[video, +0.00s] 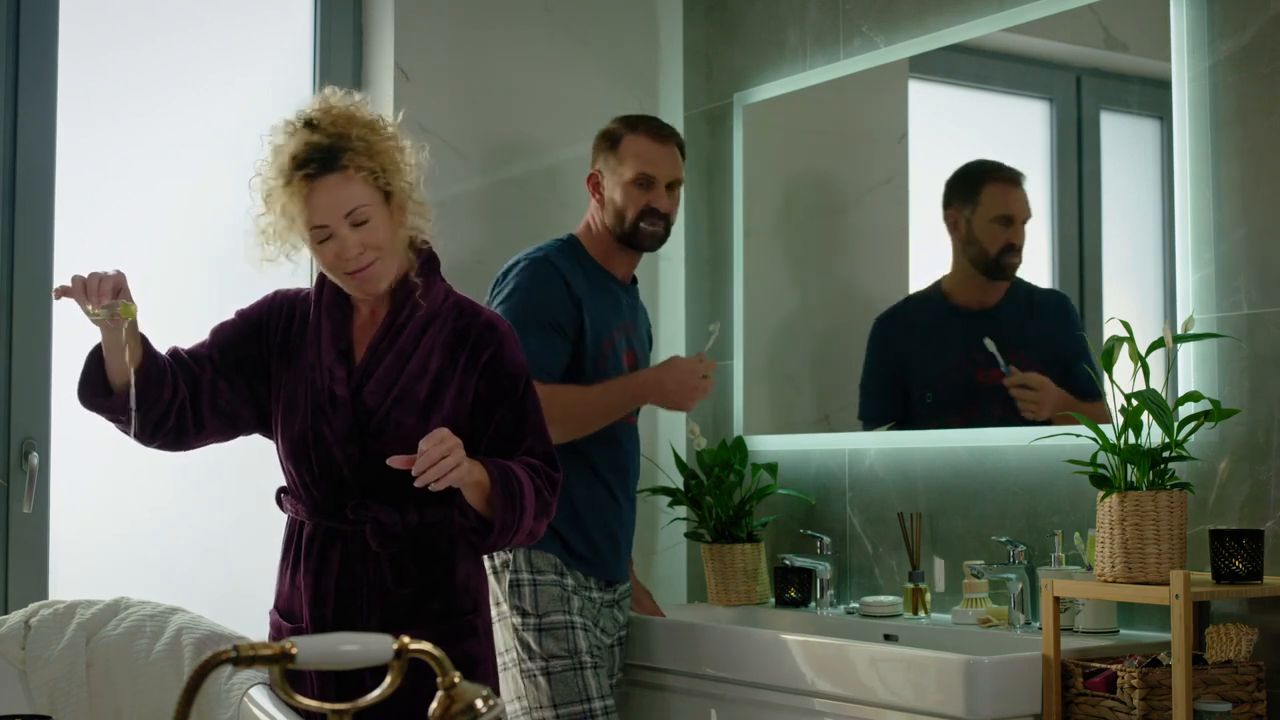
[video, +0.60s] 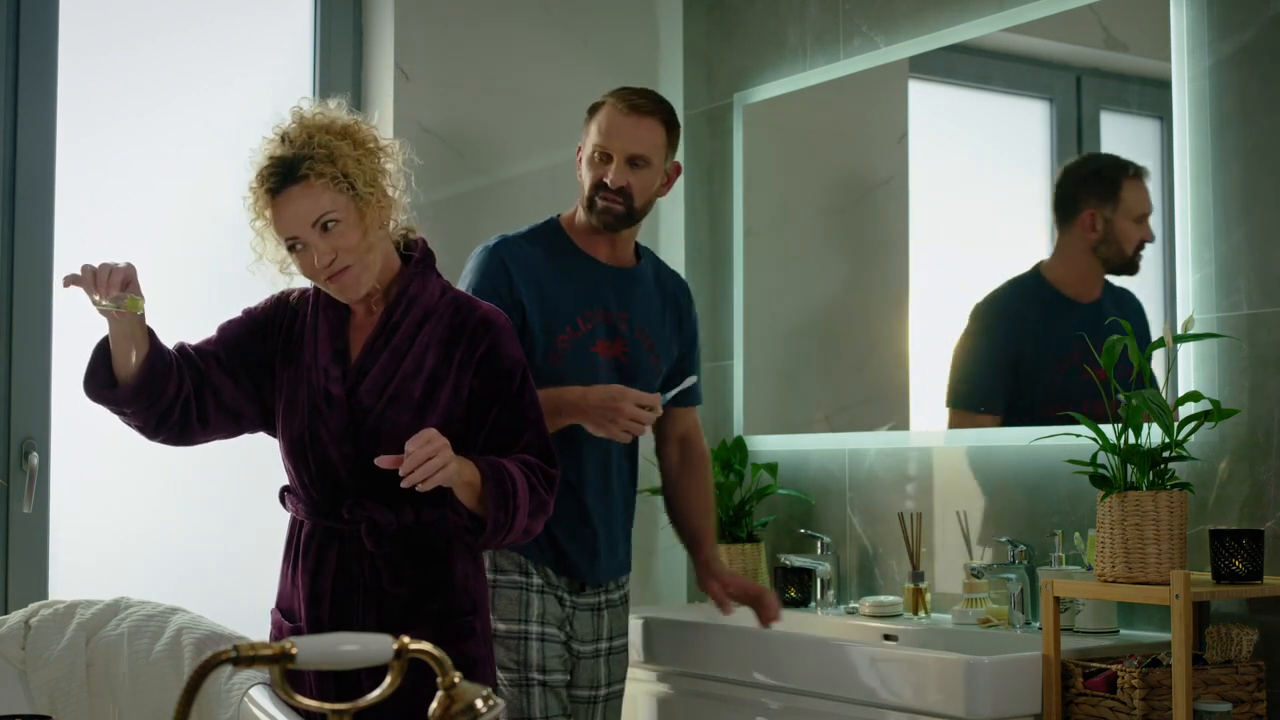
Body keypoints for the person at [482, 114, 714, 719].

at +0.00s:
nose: (660, 203)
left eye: (672, 187)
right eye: (642, 183)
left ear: (681, 193)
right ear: (597, 185)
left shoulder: (630, 304)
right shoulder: (539, 279)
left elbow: (603, 461)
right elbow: (514, 413)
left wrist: (626, 579)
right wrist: (646, 387)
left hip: (601, 577)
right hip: (541, 567)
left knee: (587, 708)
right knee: (570, 710)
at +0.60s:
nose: (613, 178)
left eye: (636, 164)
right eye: (601, 156)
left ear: (668, 178)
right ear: (579, 156)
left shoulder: (668, 295)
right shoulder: (508, 265)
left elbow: (682, 441)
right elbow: (469, 413)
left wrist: (710, 563)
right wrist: (573, 404)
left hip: (604, 566)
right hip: (513, 556)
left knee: (594, 712)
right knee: (523, 714)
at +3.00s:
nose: (599, 177)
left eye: (620, 160)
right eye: (585, 156)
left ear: (653, 168)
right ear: (562, 154)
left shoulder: (663, 295)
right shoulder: (503, 266)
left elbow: (693, 448)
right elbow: (462, 411)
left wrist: (742, 586)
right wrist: (572, 391)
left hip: (608, 580)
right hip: (509, 572)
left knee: (599, 711)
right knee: (511, 712)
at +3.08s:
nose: (599, 175)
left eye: (620, 158)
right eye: (585, 155)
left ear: (650, 167)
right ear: (559, 153)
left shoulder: (660, 295)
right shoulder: (502, 265)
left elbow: (687, 441)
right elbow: (465, 414)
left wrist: (736, 578)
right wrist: (574, 391)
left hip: (608, 581)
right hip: (513, 572)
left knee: (597, 710)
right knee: (513, 713)